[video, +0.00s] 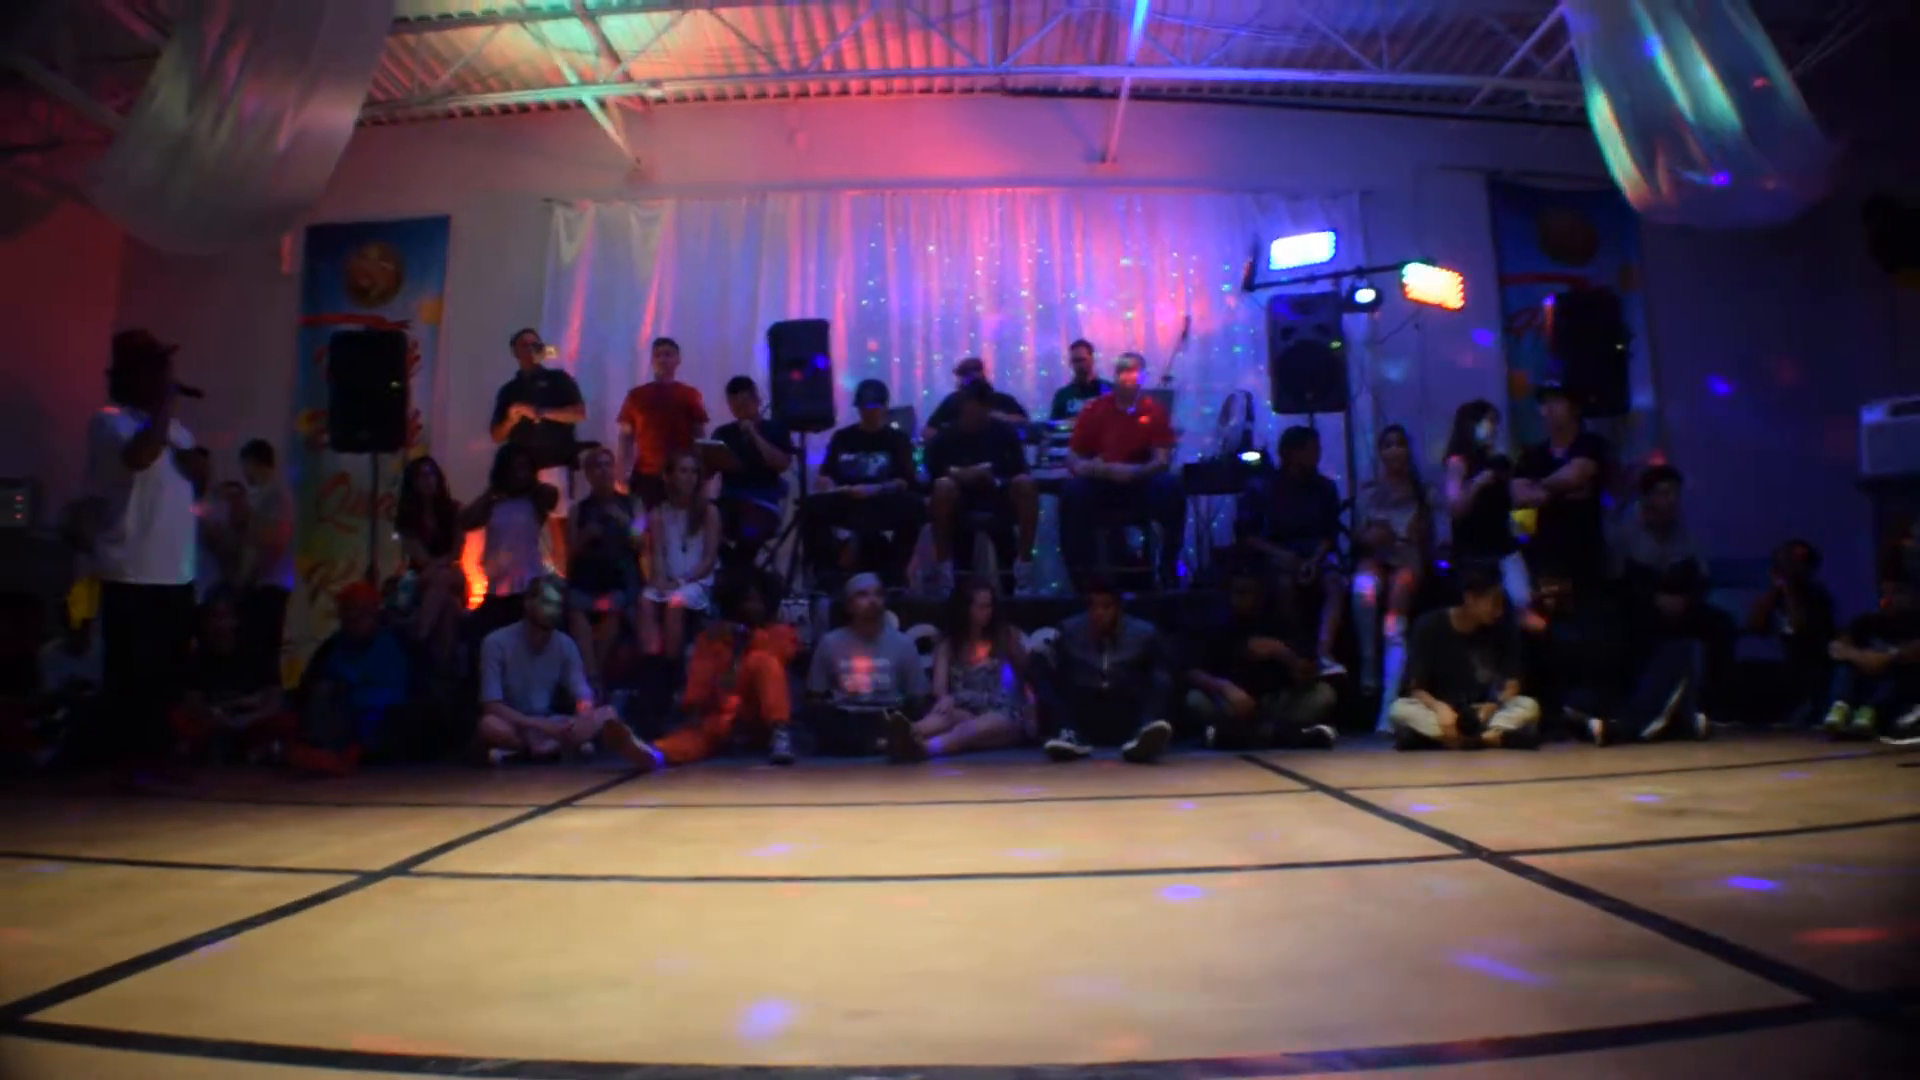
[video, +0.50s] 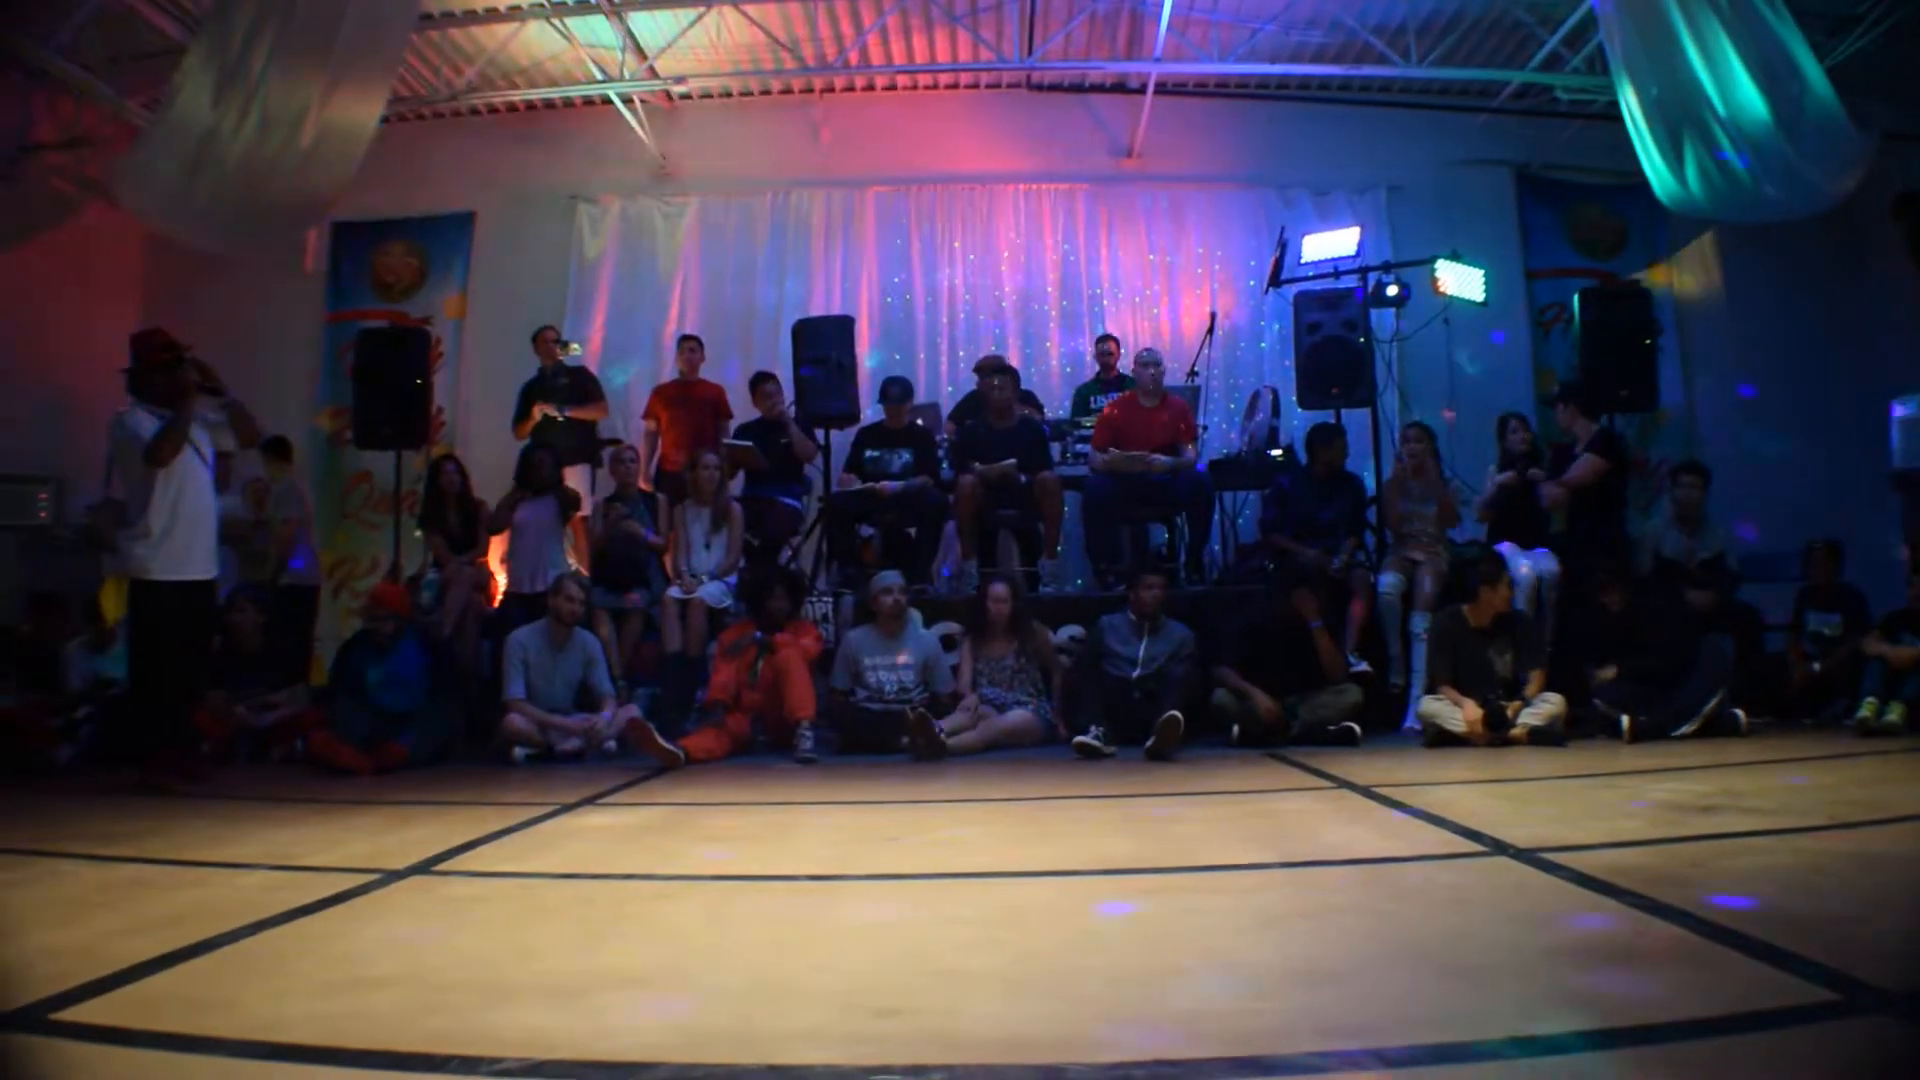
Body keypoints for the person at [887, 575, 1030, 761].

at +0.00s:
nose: (985, 613)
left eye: (988, 607)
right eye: (979, 607)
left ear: (993, 608)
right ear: (964, 609)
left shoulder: (1007, 637)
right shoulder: (948, 645)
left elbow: (1026, 675)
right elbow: (939, 688)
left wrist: (1032, 712)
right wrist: (946, 702)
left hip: (1001, 709)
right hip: (963, 707)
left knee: (970, 731)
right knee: (945, 716)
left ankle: (923, 749)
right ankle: (910, 731)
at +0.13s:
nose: (1007, 612)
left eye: (1009, 606)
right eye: (1001, 607)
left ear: (1014, 607)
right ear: (985, 608)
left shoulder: (1026, 637)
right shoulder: (968, 645)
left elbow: (1048, 680)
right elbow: (960, 688)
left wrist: (1054, 718)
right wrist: (969, 703)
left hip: (1022, 707)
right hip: (987, 707)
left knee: (995, 730)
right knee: (969, 710)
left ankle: (944, 747)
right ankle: (935, 731)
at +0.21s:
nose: (1004, 613)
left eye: (1007, 607)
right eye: (997, 607)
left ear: (1013, 608)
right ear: (982, 608)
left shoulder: (1025, 636)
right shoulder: (967, 644)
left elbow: (1046, 677)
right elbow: (959, 689)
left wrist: (1054, 720)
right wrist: (971, 707)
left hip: (1024, 708)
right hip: (986, 709)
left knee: (989, 732)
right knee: (967, 712)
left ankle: (941, 748)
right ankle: (936, 731)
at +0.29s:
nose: (1000, 611)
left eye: (1003, 605)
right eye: (993, 605)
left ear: (1008, 606)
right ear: (977, 606)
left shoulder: (1021, 634)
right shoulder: (963, 643)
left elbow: (1042, 673)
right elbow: (956, 688)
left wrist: (1049, 712)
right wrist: (965, 705)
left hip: (1021, 706)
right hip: (982, 708)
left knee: (986, 732)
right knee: (961, 717)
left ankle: (937, 747)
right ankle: (932, 730)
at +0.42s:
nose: (1002, 610)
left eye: (1007, 603)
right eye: (996, 603)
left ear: (1013, 605)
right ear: (982, 605)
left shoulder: (1027, 636)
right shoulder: (970, 642)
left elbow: (1050, 676)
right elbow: (962, 685)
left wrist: (1057, 720)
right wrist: (969, 697)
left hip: (1026, 705)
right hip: (988, 704)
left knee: (993, 730)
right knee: (969, 712)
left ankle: (941, 746)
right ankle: (935, 730)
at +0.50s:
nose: (997, 608)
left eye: (1003, 602)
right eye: (992, 601)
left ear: (1014, 604)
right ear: (983, 604)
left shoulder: (1033, 636)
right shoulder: (973, 640)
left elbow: (1056, 672)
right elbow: (963, 684)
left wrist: (1058, 717)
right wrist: (970, 697)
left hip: (1028, 705)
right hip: (988, 703)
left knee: (992, 729)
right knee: (969, 712)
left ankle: (943, 746)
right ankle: (936, 728)